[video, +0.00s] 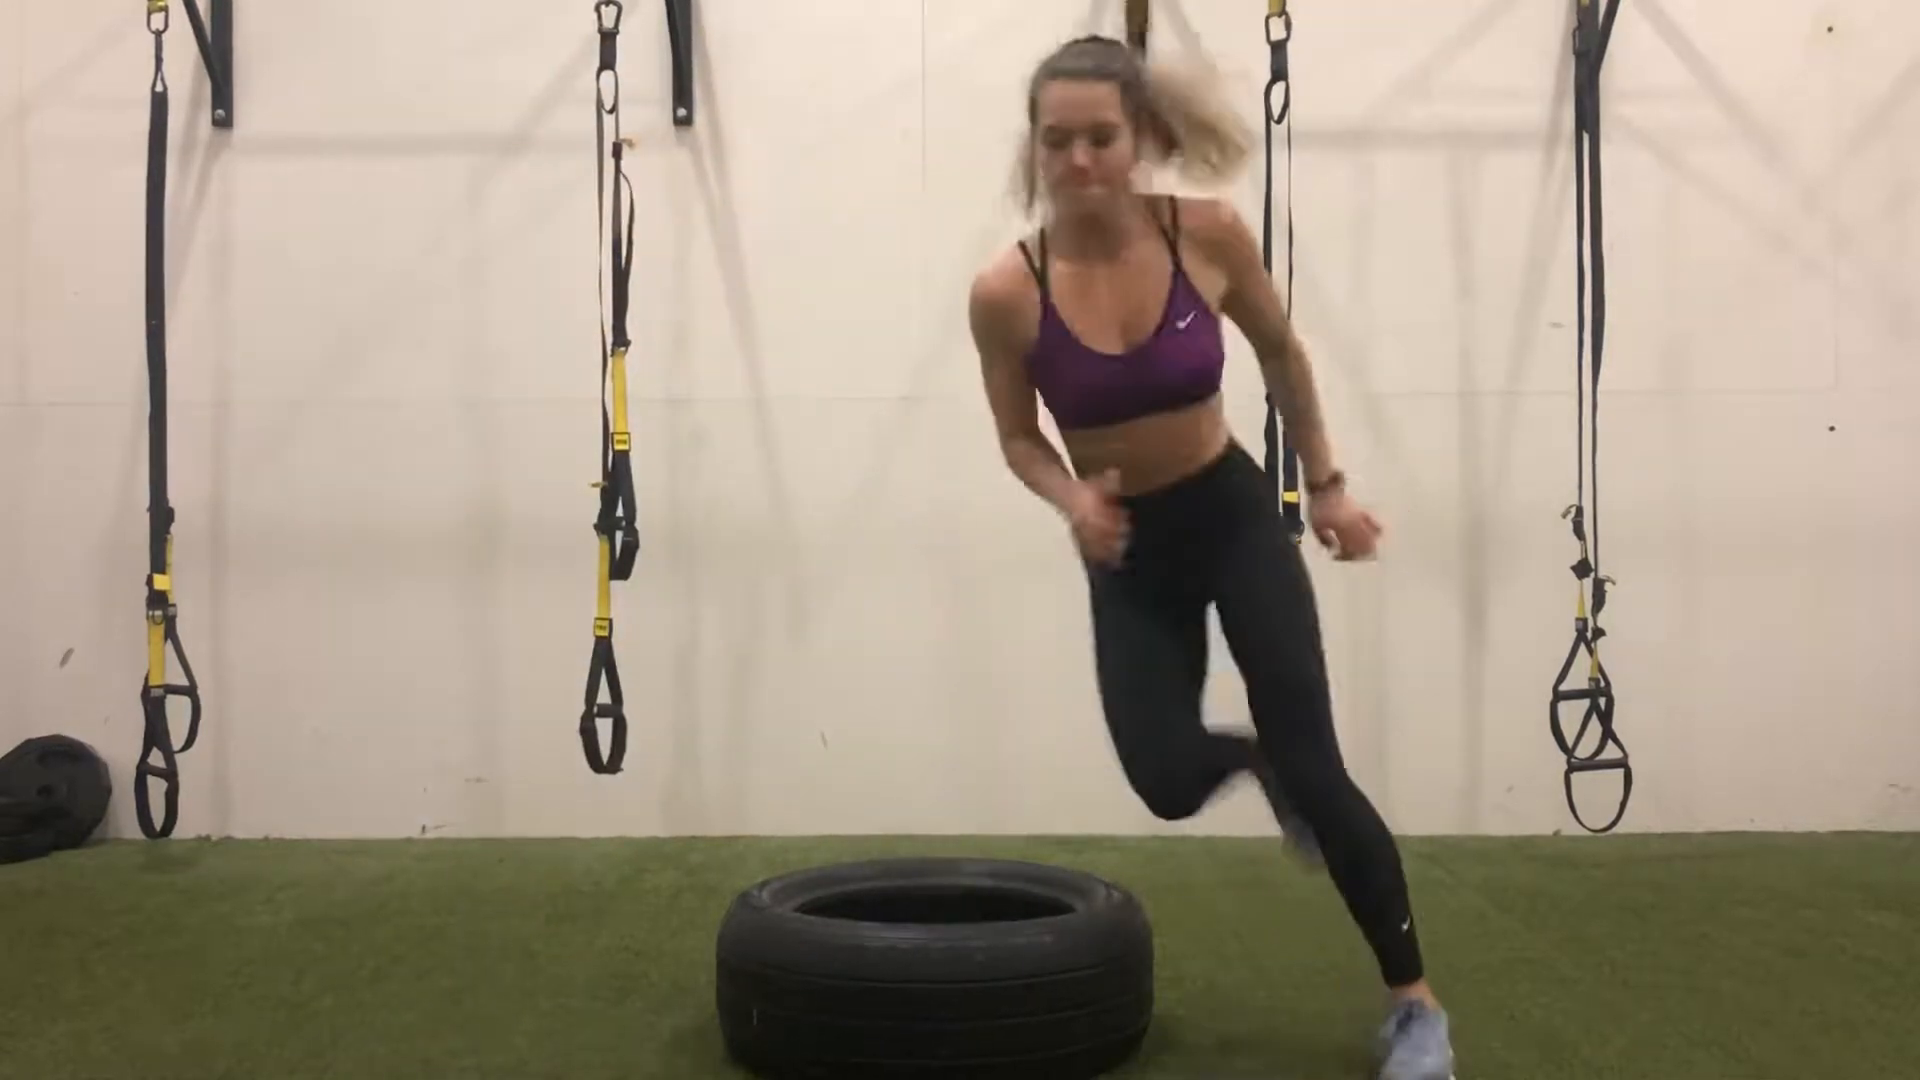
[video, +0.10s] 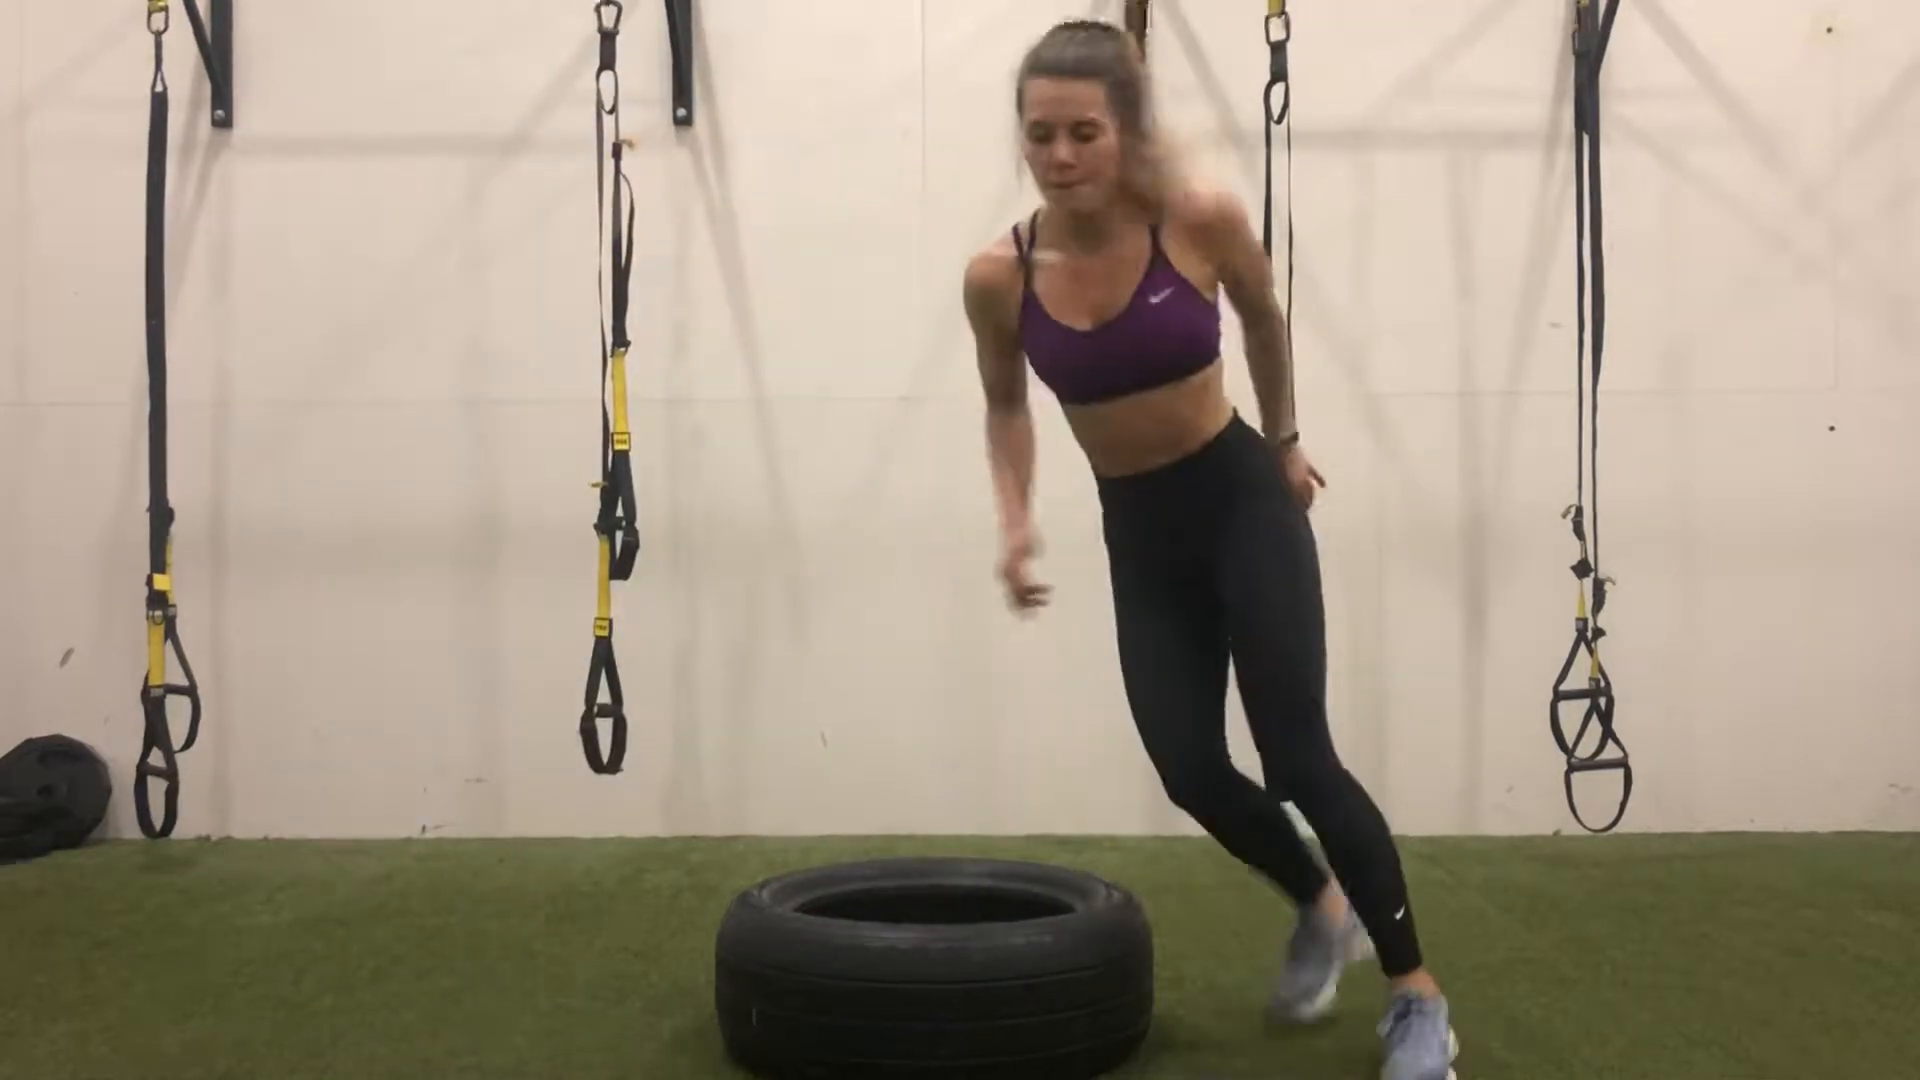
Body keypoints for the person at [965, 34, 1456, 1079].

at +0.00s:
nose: (1079, 160)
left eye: (1101, 137)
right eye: (1058, 140)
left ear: (1144, 138)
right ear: (1033, 148)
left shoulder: (1208, 231)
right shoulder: (1007, 290)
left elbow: (1282, 354)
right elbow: (1018, 435)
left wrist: (1326, 485)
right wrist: (1071, 496)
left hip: (1235, 515)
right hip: (1125, 546)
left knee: (1306, 768)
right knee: (1168, 783)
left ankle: (1412, 1000)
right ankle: (1265, 747)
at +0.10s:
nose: (1059, 155)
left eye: (1082, 132)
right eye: (1040, 134)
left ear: (1129, 131)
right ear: (1021, 140)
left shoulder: (1202, 222)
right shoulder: (1001, 276)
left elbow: (1265, 322)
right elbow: (1005, 401)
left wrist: (1282, 441)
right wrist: (1015, 521)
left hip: (1243, 505)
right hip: (1140, 534)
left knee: (1299, 759)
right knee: (1189, 773)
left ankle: (1415, 988)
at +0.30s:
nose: (1011, 234)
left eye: (1032, 213)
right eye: (995, 213)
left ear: (1083, 203)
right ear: (977, 205)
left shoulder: (1145, 263)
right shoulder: (973, 314)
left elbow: (1306, 237)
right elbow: (867, 447)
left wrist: (1435, 212)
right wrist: (887, 349)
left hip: (1212, 516)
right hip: (1126, 539)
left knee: (1030, 597)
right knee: (1179, 798)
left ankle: (1202, 752)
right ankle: (1354, 955)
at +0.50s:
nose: (900, 124)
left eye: (923, 102)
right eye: (882, 99)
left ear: (967, 101)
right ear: (861, 97)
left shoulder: (1017, 178)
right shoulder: (832, 196)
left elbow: (1157, 192)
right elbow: (717, 336)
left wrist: (1267, 240)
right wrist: (777, 292)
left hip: (1025, 478)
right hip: (981, 482)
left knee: (874, 692)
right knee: (1029, 725)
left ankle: (949, 922)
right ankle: (1235, 818)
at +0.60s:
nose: (845, 122)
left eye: (867, 100)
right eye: (827, 98)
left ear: (910, 97)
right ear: (807, 95)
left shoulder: (966, 189)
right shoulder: (783, 207)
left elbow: (1084, 281)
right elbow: (699, 318)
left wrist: (1180, 368)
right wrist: (701, 383)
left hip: (961, 485)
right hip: (910, 492)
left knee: (876, 712)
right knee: (875, 718)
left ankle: (969, 941)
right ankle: (1053, 693)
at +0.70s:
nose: (759, 91)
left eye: (782, 72)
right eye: (744, 68)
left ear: (826, 78)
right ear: (726, 68)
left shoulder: (881, 162)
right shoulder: (698, 186)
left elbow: (1025, 262)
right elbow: (656, 259)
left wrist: (1013, 381)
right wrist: (666, 382)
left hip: (909, 446)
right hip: (817, 457)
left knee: (884, 695)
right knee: (689, 643)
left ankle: (975, 913)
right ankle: (833, 763)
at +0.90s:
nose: (665, 172)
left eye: (688, 150)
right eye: (645, 148)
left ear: (722, 152)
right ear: (614, 146)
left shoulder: (768, 246)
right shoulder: (569, 281)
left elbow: (833, 356)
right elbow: (561, 402)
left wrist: (834, 427)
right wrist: (576, 433)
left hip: (744, 504)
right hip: (633, 513)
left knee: (671, 589)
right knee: (556, 751)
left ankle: (773, 712)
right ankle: (486, 969)